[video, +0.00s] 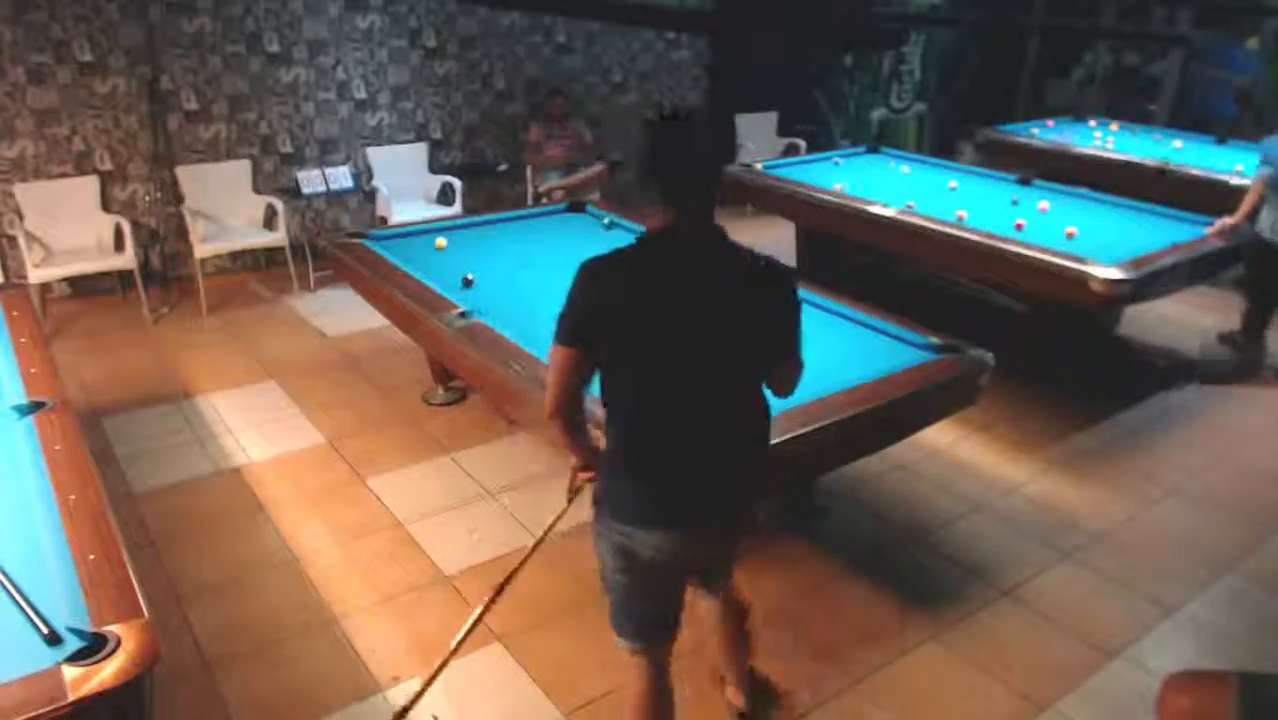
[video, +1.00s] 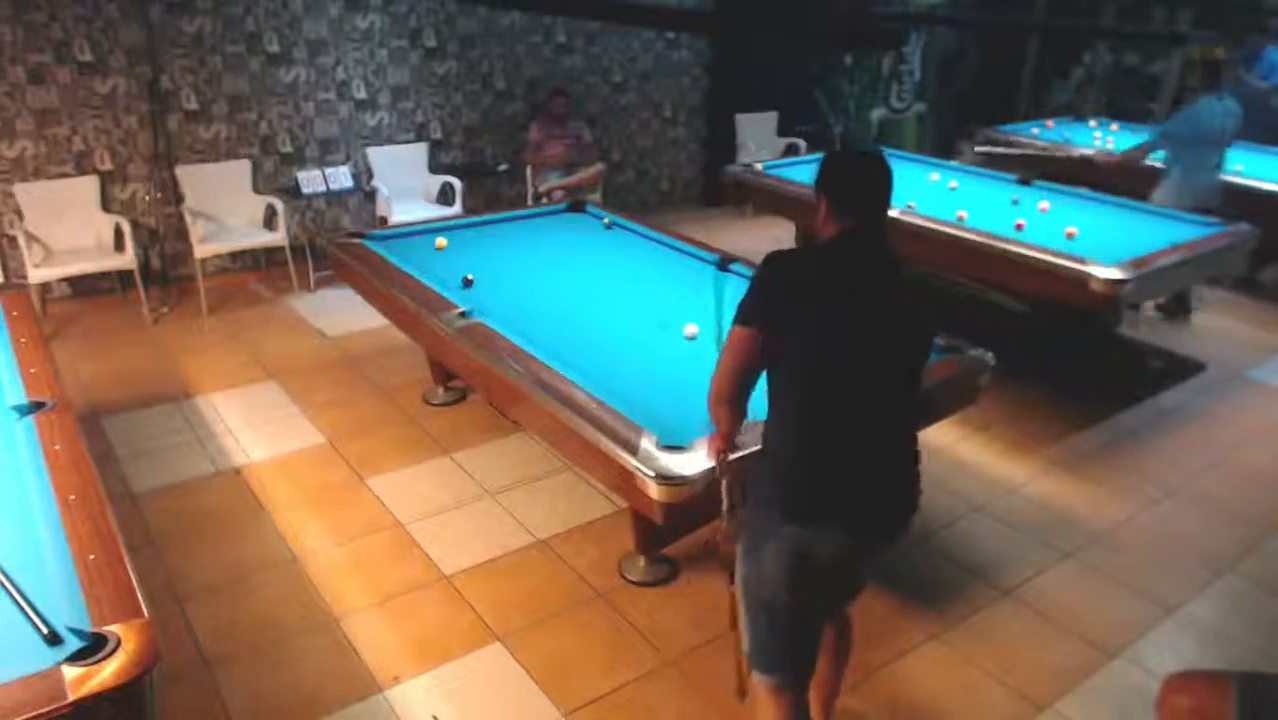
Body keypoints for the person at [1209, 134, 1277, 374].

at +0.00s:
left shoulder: (1271, 148)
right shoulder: (1270, 147)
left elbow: (1262, 181)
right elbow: (1262, 180)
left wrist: (1238, 217)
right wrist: (1239, 217)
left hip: (1269, 235)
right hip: (1267, 234)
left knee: (1261, 292)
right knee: (1260, 290)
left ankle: (1252, 341)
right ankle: (1249, 334)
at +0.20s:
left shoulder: (1266, 131)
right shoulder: (1265, 131)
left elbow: (1239, 175)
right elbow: (1241, 175)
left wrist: (1210, 203)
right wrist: (1215, 201)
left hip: (1262, 230)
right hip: (1264, 229)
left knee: (1253, 288)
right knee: (1255, 286)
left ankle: (1250, 340)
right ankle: (1248, 334)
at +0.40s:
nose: (1251, 93)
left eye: (1255, 89)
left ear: (1265, 92)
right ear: (1273, 95)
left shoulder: (1257, 125)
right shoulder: (1264, 124)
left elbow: (1222, 168)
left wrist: (1185, 186)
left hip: (1248, 219)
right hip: (1267, 217)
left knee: (1243, 274)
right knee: (1232, 266)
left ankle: (1251, 331)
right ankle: (1220, 312)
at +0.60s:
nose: (1221, 87)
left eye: (1227, 82)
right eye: (1226, 81)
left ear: (1238, 85)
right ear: (1263, 86)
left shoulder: (1233, 121)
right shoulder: (1271, 120)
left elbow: (1210, 161)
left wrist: (1180, 182)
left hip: (1224, 203)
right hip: (1256, 201)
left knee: (1224, 267)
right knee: (1204, 255)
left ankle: (1245, 326)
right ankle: (1181, 304)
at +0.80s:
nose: (1202, 84)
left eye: (1206, 79)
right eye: (1204, 77)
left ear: (1217, 81)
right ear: (1236, 80)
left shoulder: (1212, 114)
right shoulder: (1254, 114)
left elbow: (1187, 152)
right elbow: (1256, 151)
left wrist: (1146, 167)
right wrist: (1234, 162)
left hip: (1201, 186)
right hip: (1230, 187)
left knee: (1180, 239)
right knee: (1204, 242)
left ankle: (1207, 296)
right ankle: (1179, 301)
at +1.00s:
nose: (1191, 82)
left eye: (1194, 77)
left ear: (1198, 80)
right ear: (1220, 79)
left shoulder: (1192, 112)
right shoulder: (1233, 109)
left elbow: (1156, 141)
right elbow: (1225, 142)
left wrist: (1119, 159)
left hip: (1180, 183)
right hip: (1210, 184)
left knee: (1156, 233)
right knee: (1189, 240)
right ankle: (1179, 297)